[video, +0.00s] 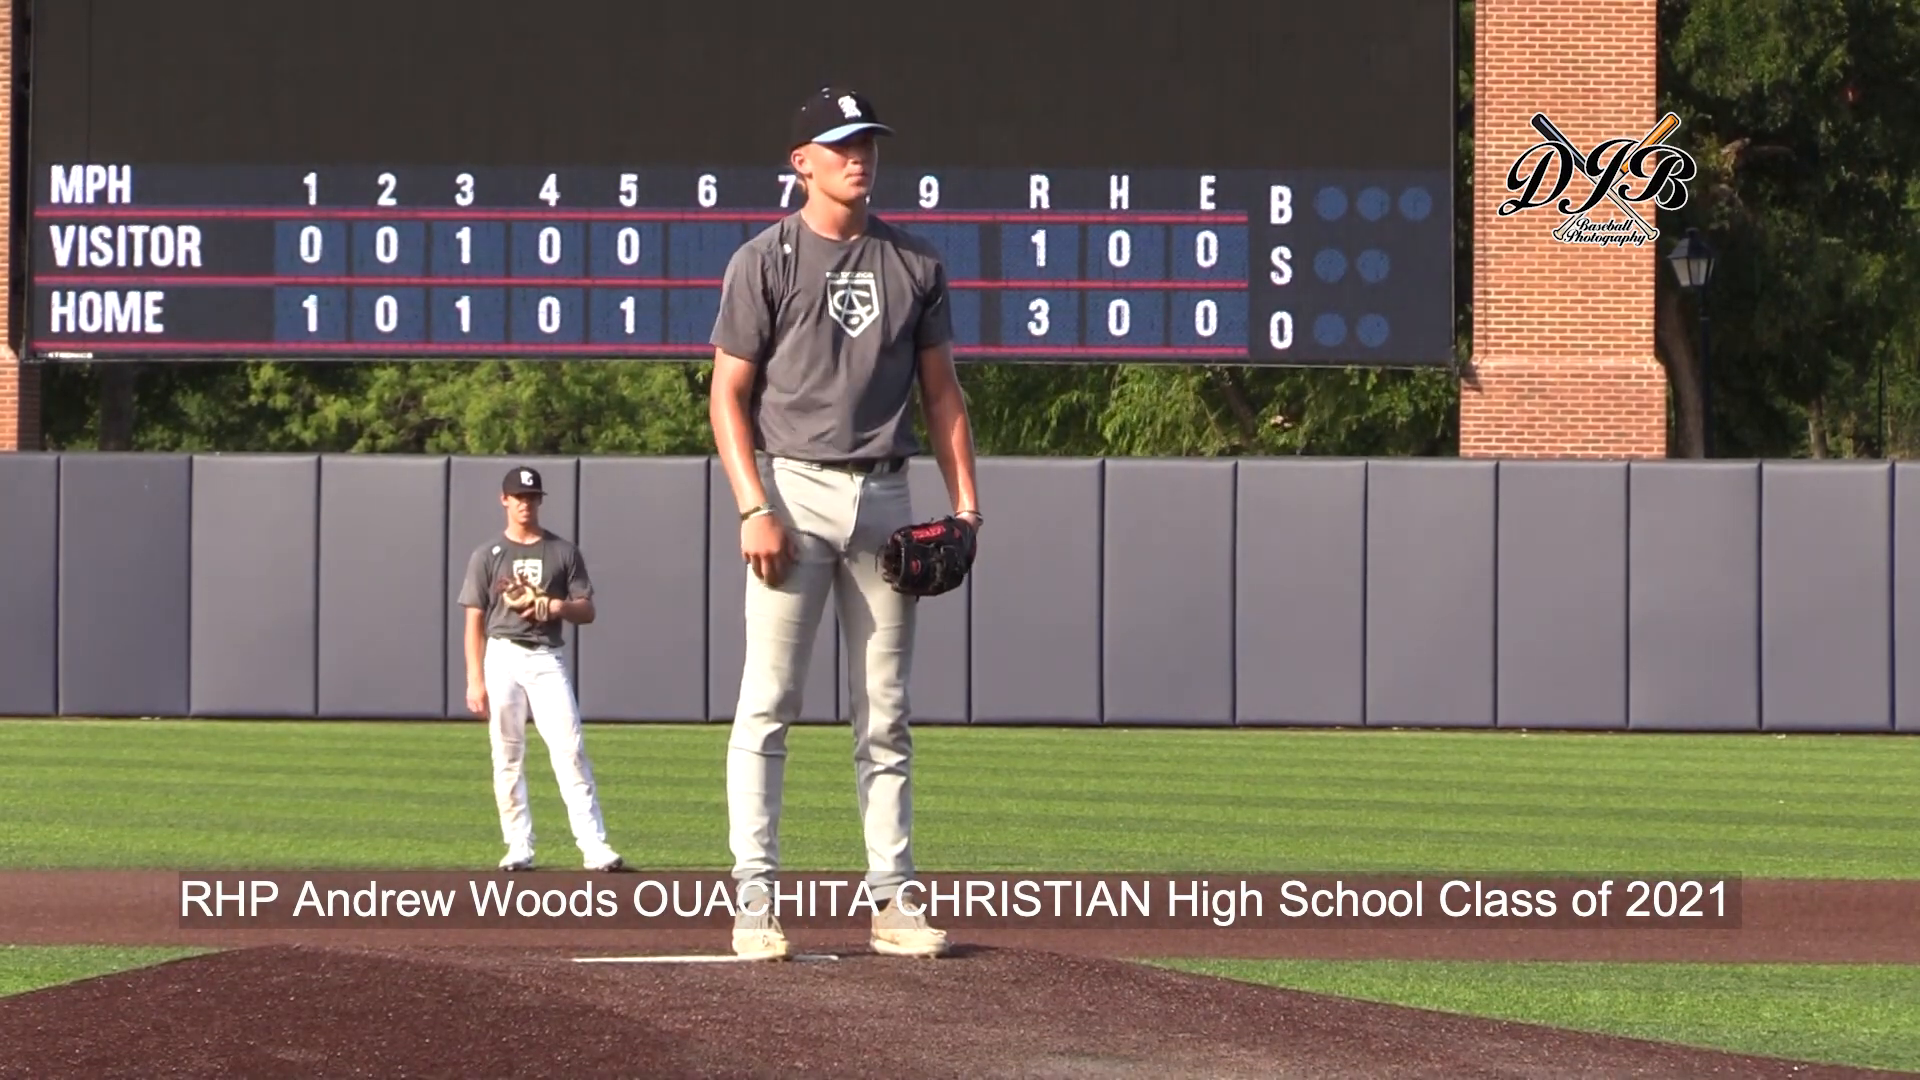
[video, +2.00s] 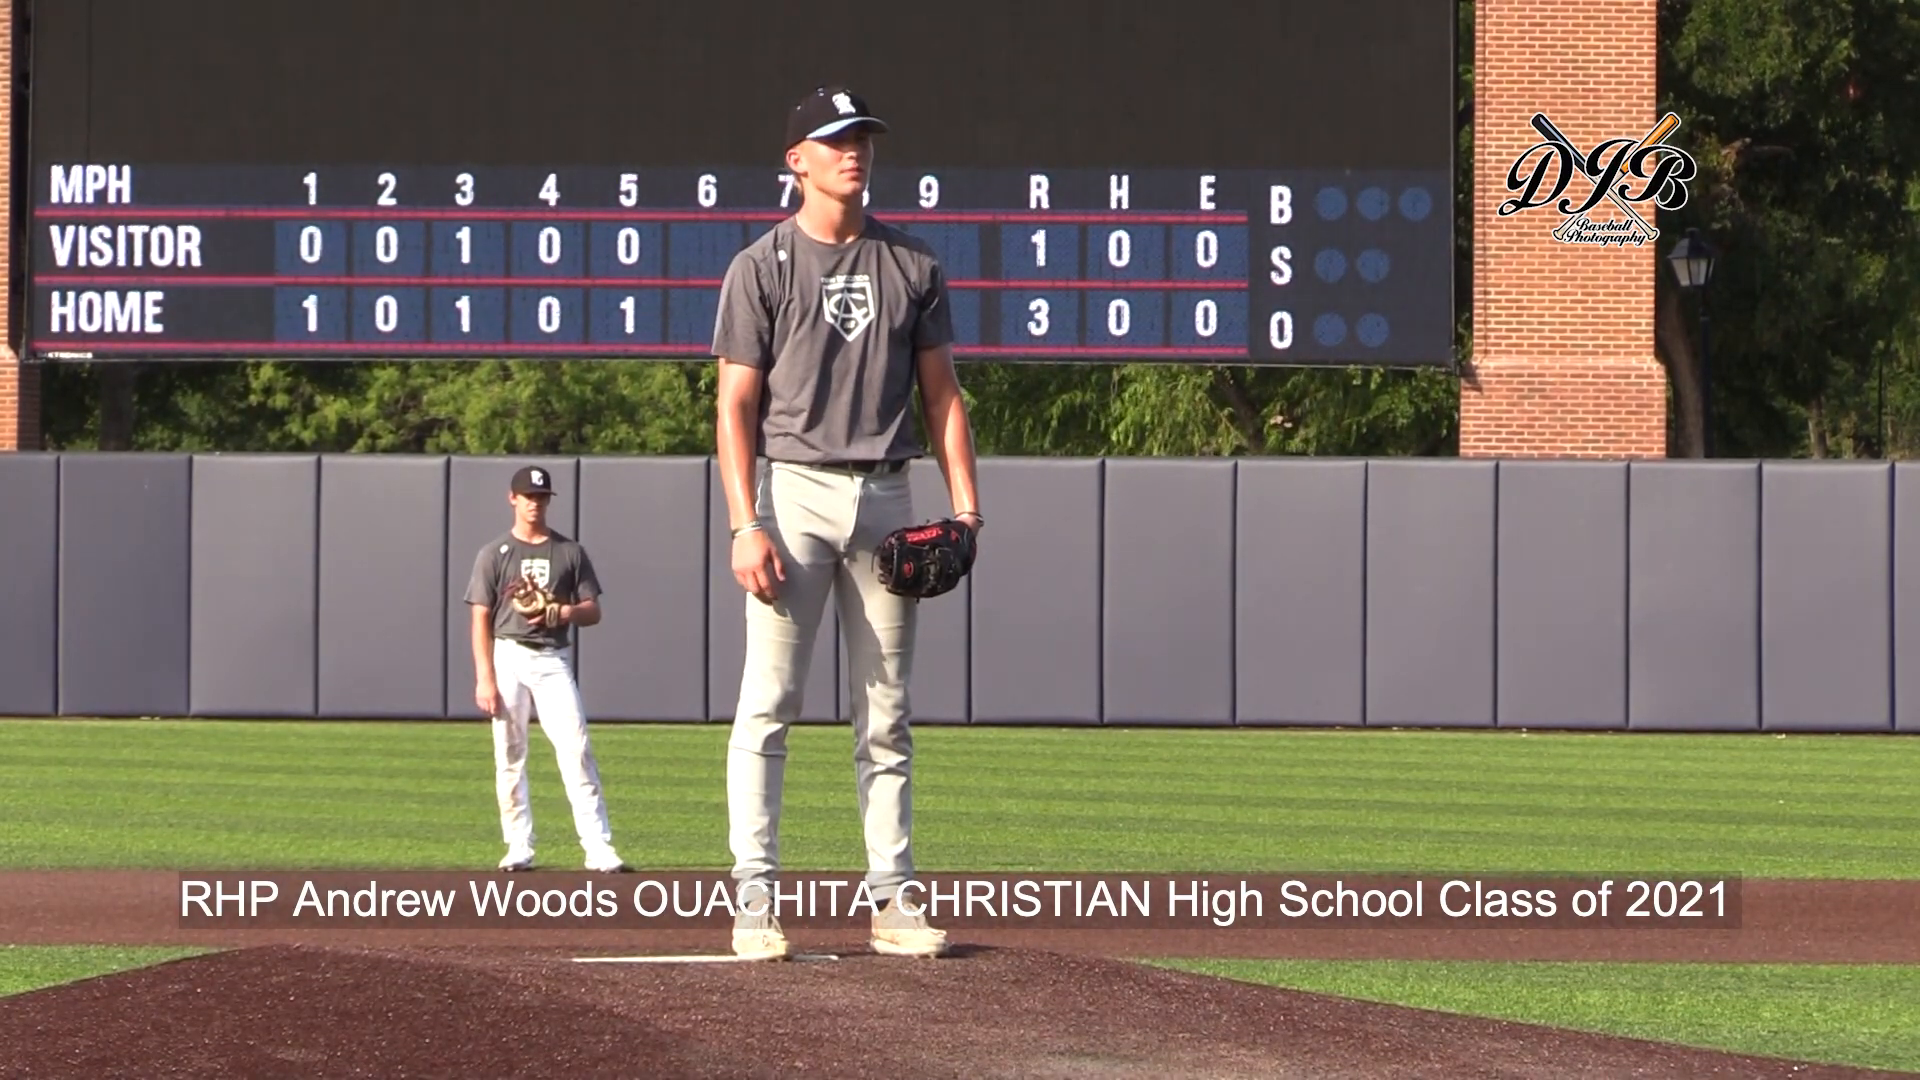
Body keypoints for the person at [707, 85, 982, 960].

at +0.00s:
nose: (860, 161)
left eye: (868, 148)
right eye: (843, 149)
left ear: (877, 160)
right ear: (803, 162)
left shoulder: (914, 266)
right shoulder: (763, 261)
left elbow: (943, 393)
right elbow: (727, 396)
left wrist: (965, 504)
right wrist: (755, 507)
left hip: (886, 496)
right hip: (790, 493)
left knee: (886, 713)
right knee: (768, 705)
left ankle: (893, 898)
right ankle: (756, 895)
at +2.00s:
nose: (853, 157)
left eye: (860, 143)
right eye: (836, 145)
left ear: (871, 157)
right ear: (798, 160)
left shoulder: (913, 268)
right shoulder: (758, 269)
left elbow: (944, 395)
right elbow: (733, 407)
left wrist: (965, 509)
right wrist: (744, 523)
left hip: (888, 496)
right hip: (792, 493)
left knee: (887, 712)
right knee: (769, 704)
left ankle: (893, 897)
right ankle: (756, 895)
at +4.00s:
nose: (845, 160)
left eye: (853, 146)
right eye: (826, 148)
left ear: (867, 158)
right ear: (791, 163)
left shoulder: (914, 258)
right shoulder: (752, 269)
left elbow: (944, 389)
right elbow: (729, 399)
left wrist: (889, 477)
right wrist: (797, 460)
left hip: (884, 507)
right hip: (785, 509)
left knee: (913, 709)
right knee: (769, 705)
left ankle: (964, 902)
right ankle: (755, 902)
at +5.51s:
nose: (901, 165)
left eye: (911, 150)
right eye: (884, 153)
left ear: (930, 160)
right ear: (857, 167)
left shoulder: (953, 244)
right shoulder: (858, 263)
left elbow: (932, 383)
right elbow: (846, 381)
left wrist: (817, 423)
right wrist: (784, 405)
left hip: (930, 486)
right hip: (867, 490)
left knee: (870, 686)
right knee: (851, 697)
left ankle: (940, 882)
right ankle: (880, 898)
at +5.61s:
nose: (895, 165)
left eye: (906, 150)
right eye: (879, 153)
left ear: (926, 160)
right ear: (853, 166)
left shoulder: (948, 243)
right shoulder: (865, 261)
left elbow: (914, 378)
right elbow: (849, 368)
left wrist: (796, 391)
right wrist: (780, 368)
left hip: (925, 479)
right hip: (873, 479)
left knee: (797, 630)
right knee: (868, 696)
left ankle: (872, 829)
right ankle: (874, 908)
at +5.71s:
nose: (889, 168)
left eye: (902, 153)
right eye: (873, 155)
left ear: (925, 162)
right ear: (851, 170)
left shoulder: (946, 242)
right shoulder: (869, 264)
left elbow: (893, 371)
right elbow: (853, 387)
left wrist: (778, 343)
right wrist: (779, 342)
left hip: (920, 475)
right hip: (885, 476)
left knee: (741, 557)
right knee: (863, 704)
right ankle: (882, 906)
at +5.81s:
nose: (886, 173)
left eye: (899, 157)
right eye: (870, 160)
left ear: (924, 166)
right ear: (850, 174)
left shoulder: (943, 242)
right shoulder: (875, 263)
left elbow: (871, 360)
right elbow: (839, 380)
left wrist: (773, 303)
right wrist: (778, 309)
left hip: (918, 473)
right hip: (894, 477)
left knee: (713, 481)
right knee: (864, 702)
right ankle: (879, 907)